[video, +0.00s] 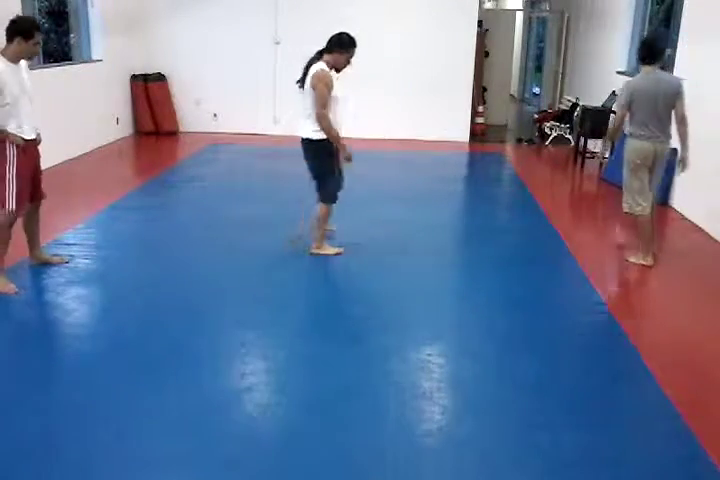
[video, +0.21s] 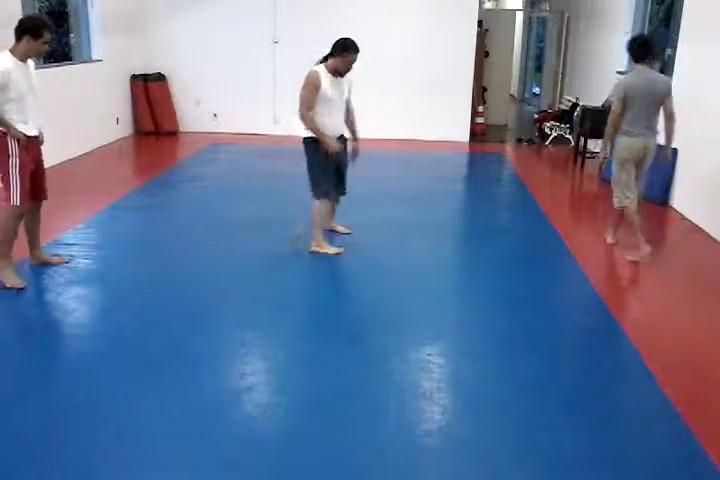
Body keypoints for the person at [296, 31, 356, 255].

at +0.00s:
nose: (348, 63)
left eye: (350, 58)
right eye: (348, 57)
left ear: (333, 52)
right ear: (335, 52)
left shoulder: (318, 69)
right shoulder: (322, 75)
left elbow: (320, 114)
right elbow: (321, 115)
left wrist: (336, 140)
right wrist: (340, 144)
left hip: (315, 137)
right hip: (319, 139)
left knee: (330, 185)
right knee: (329, 189)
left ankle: (321, 226)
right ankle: (319, 243)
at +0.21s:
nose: (351, 67)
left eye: (353, 62)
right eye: (350, 61)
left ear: (346, 59)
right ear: (338, 56)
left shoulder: (344, 80)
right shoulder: (315, 77)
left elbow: (347, 110)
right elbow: (304, 113)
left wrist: (354, 137)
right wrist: (324, 139)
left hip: (338, 138)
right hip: (318, 139)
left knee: (337, 188)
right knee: (323, 193)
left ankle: (329, 221)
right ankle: (317, 241)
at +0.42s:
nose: (344, 63)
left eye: (347, 59)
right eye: (341, 59)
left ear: (349, 57)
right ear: (329, 53)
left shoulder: (350, 74)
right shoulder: (309, 71)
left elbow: (360, 104)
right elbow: (298, 104)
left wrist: (373, 133)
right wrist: (296, 135)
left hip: (337, 133)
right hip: (312, 132)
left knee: (335, 182)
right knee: (310, 182)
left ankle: (330, 221)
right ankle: (304, 221)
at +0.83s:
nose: (311, 62)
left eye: (315, 59)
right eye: (307, 58)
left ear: (322, 56)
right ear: (301, 54)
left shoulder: (332, 72)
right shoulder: (291, 70)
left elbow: (340, 101)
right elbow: (284, 100)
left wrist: (346, 129)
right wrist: (279, 131)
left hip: (325, 129)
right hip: (299, 129)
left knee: (331, 178)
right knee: (296, 175)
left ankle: (330, 220)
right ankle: (296, 212)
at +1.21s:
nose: (302, 61)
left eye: (306, 57)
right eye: (299, 57)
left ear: (315, 51)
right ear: (294, 53)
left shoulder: (328, 68)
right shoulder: (290, 69)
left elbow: (340, 97)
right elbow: (285, 98)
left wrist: (335, 102)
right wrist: (280, 130)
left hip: (324, 127)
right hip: (299, 127)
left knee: (334, 174)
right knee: (295, 173)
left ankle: (343, 212)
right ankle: (296, 211)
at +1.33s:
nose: (306, 62)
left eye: (310, 58)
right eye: (304, 57)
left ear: (320, 54)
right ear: (300, 54)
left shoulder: (332, 66)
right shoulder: (295, 70)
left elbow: (343, 94)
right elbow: (289, 99)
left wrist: (332, 76)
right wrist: (282, 128)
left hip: (327, 126)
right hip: (302, 126)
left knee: (336, 175)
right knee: (296, 173)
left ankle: (344, 213)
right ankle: (297, 211)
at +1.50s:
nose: (314, 62)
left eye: (317, 59)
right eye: (312, 58)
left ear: (328, 56)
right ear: (309, 54)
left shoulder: (338, 68)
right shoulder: (303, 69)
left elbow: (348, 74)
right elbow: (296, 98)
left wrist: (337, 46)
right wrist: (288, 128)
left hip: (333, 127)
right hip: (308, 126)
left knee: (341, 176)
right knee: (300, 173)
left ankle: (344, 213)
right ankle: (297, 211)